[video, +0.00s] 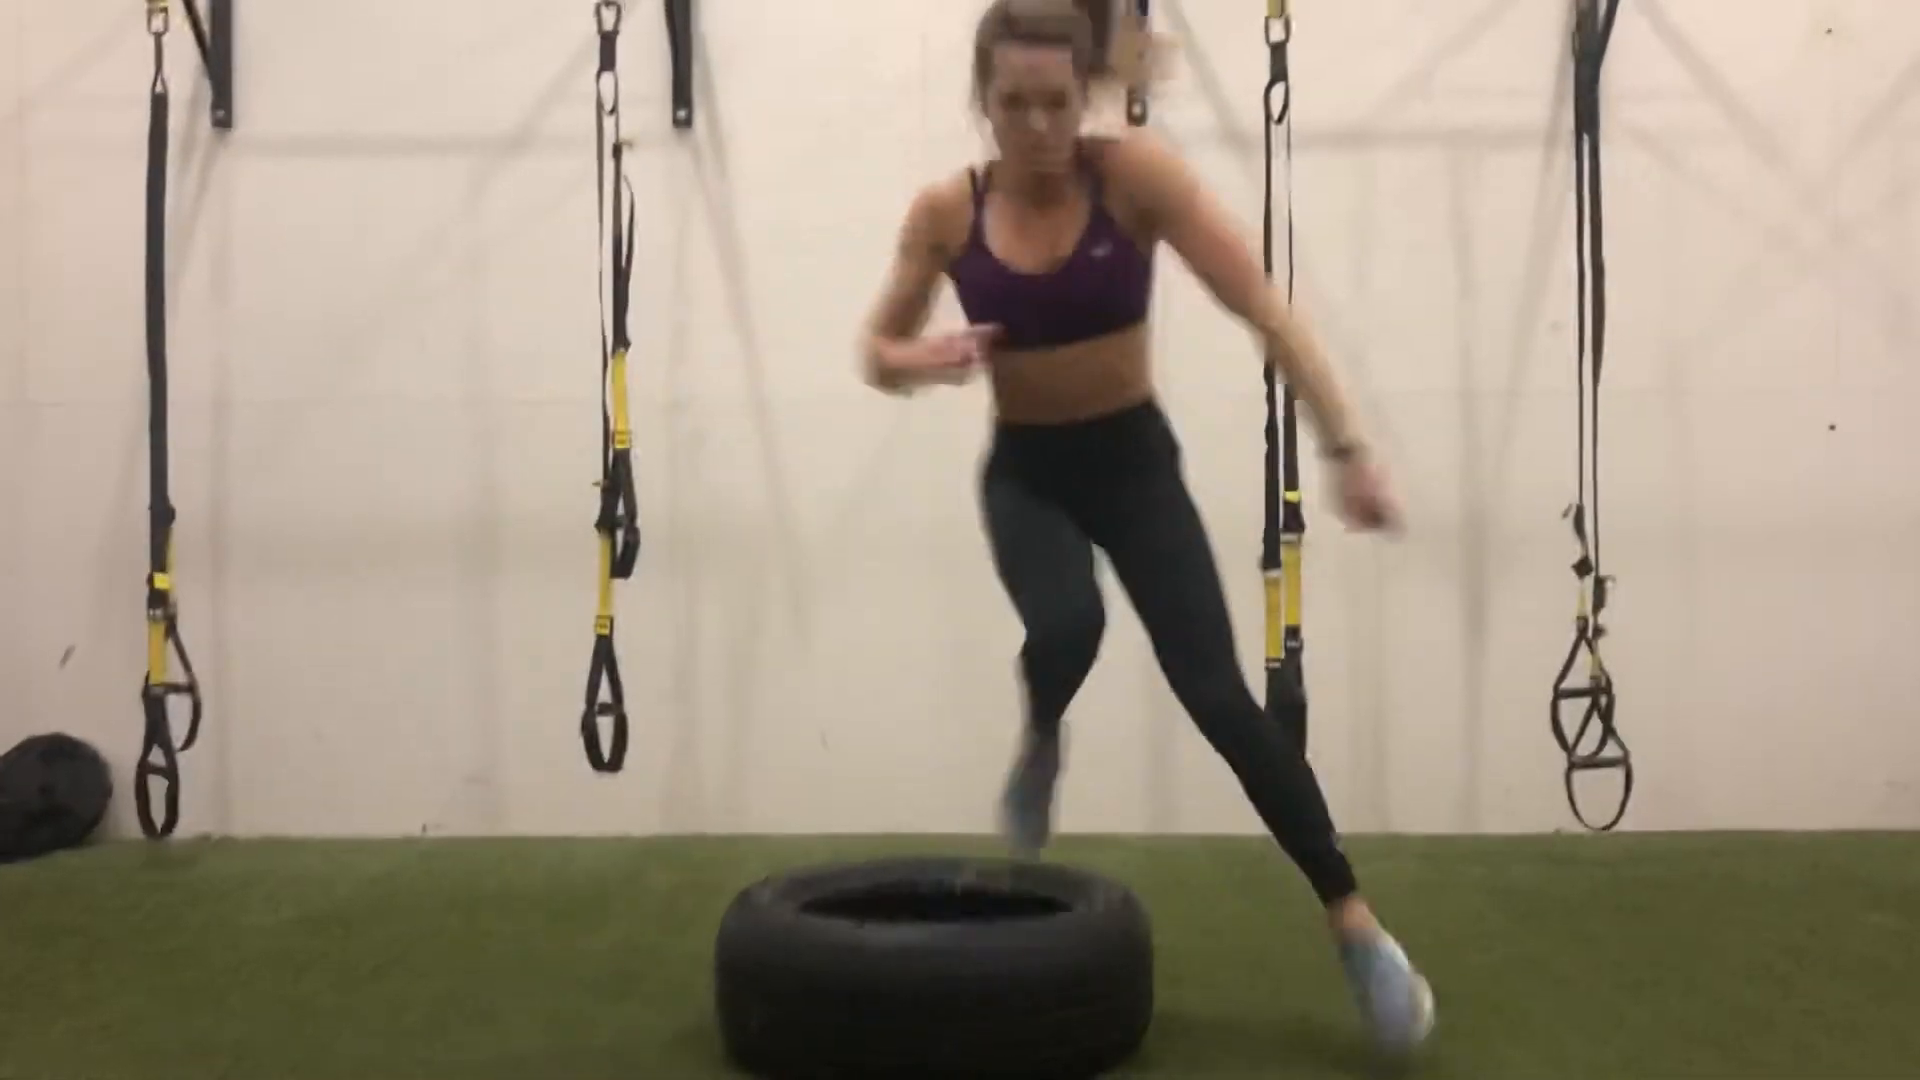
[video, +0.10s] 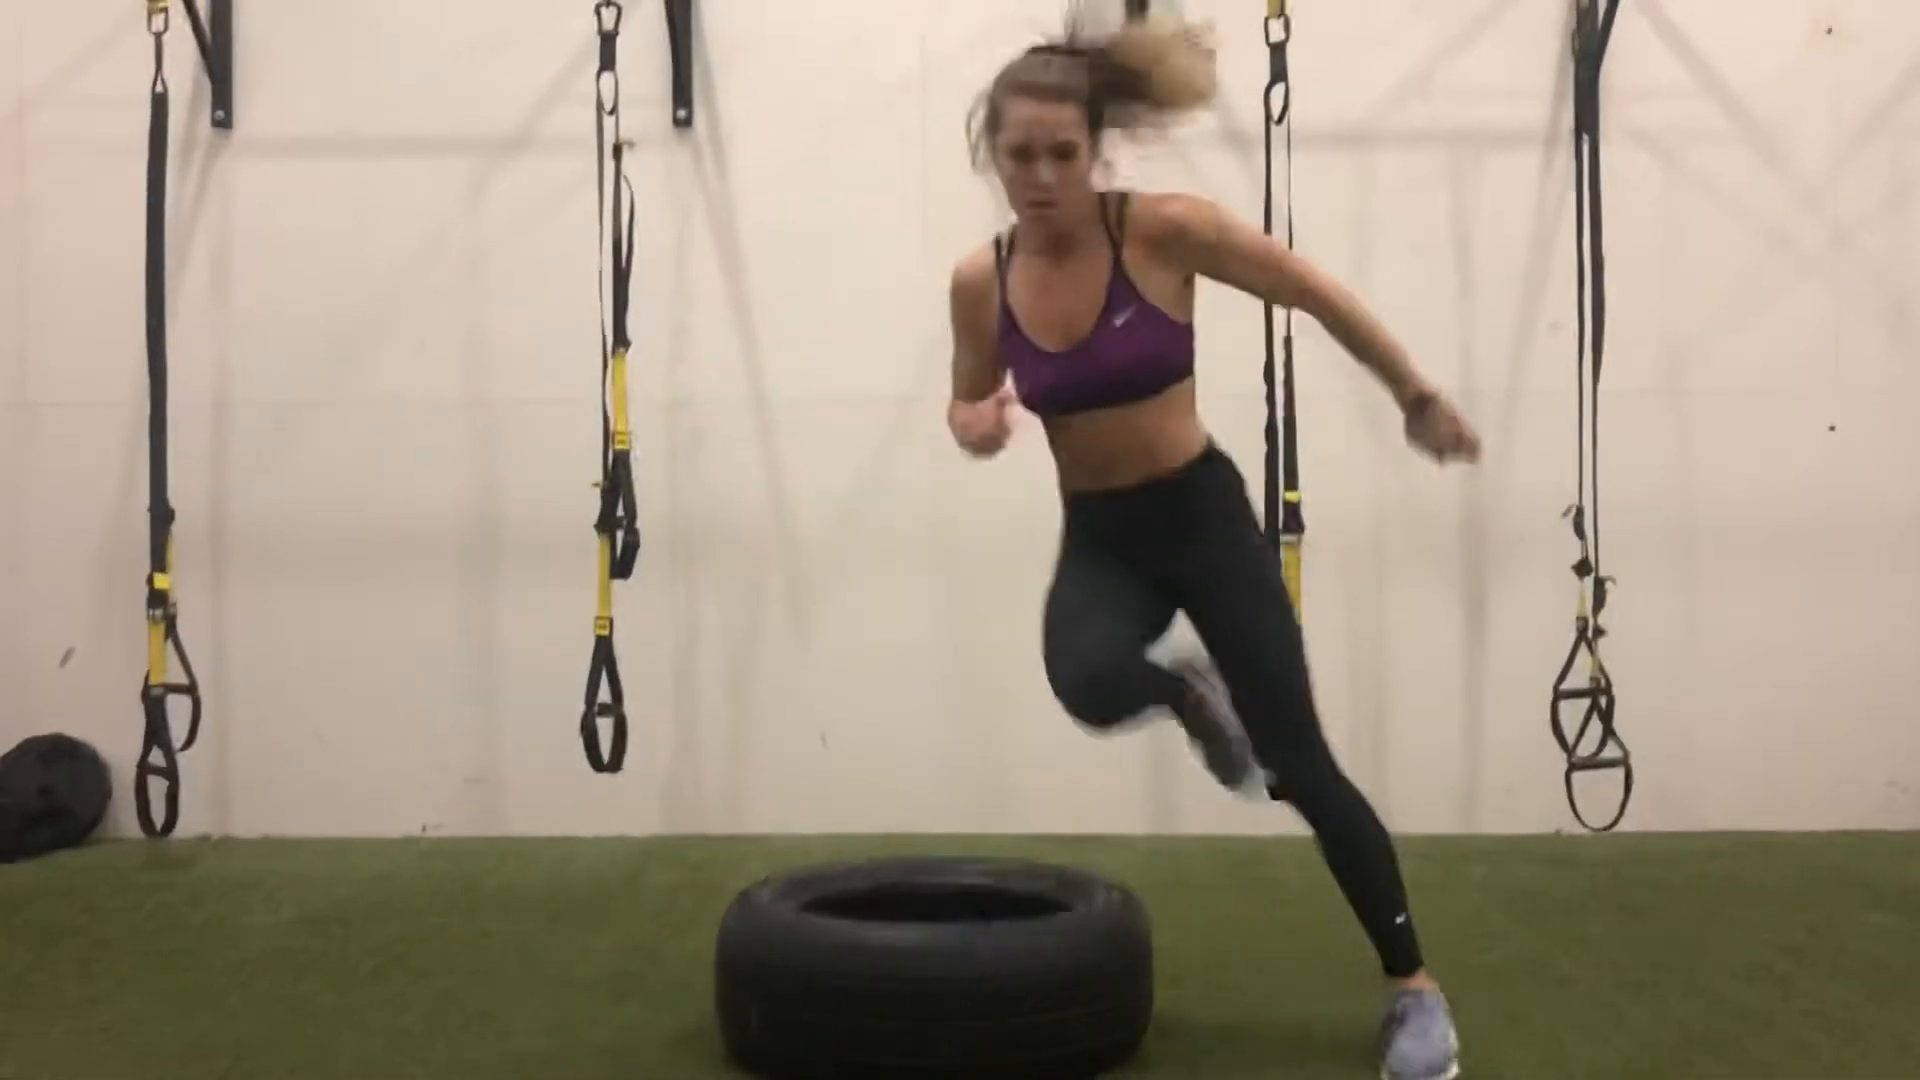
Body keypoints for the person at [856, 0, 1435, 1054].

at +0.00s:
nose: (1040, 125)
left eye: (1058, 101)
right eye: (1017, 102)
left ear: (1087, 95)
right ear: (984, 102)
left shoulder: (1137, 175)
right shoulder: (947, 213)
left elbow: (1264, 308)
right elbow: (879, 353)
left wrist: (1349, 447)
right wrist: (924, 357)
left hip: (1132, 457)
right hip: (1025, 467)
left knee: (1217, 697)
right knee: (1065, 627)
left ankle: (1358, 928)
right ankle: (1038, 754)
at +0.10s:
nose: (1040, 175)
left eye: (1060, 153)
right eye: (1021, 154)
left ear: (1096, 149)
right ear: (993, 156)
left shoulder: (1168, 230)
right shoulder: (983, 281)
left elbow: (1318, 295)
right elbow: (971, 410)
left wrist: (1417, 394)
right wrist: (982, 426)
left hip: (1204, 514)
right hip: (1097, 535)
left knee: (1297, 762)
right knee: (1086, 687)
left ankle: (1412, 988)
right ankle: (1189, 694)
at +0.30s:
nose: (1020, 207)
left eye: (1042, 186)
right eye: (1002, 186)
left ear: (1084, 183)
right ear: (979, 182)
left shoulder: (1131, 251)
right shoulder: (960, 272)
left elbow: (1231, 264)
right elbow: (821, 329)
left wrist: (1315, 289)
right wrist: (891, 224)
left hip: (1195, 498)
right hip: (1132, 526)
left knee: (1066, 678)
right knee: (1212, 774)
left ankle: (1301, 764)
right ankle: (1390, 955)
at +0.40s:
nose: (988, 163)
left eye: (1011, 140)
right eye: (969, 138)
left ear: (1054, 140)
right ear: (948, 136)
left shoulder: (1090, 222)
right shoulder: (928, 212)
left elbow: (1222, 220)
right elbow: (836, 289)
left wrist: (1283, 283)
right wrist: (909, 159)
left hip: (1114, 465)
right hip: (1047, 489)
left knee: (920, 580)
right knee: (1182, 728)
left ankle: (1084, 770)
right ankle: (1344, 920)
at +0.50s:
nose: (948, 120)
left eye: (971, 101)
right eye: (931, 97)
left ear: (1009, 104)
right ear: (906, 95)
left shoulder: (1048, 206)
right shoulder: (858, 196)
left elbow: (1171, 285)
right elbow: (848, 377)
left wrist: (1223, 405)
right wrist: (876, 311)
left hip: (1018, 473)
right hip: (947, 477)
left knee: (891, 694)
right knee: (940, 722)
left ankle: (983, 902)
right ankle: (1125, 727)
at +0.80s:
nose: (797, 204)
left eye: (822, 188)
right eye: (781, 179)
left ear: (848, 196)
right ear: (747, 170)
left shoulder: (864, 293)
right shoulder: (667, 285)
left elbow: (883, 391)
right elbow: (640, 431)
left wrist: (860, 455)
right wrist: (716, 496)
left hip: (818, 519)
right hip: (710, 525)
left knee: (789, 655)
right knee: (605, 754)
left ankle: (876, 759)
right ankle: (546, 978)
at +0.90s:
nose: (783, 190)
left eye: (807, 171)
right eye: (765, 165)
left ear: (837, 174)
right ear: (734, 160)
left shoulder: (864, 264)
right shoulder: (678, 266)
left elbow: (882, 334)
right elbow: (621, 421)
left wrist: (876, 407)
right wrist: (709, 426)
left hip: (803, 516)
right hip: (694, 512)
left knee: (745, 630)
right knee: (557, 725)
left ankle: (745, 764)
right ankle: (531, 953)